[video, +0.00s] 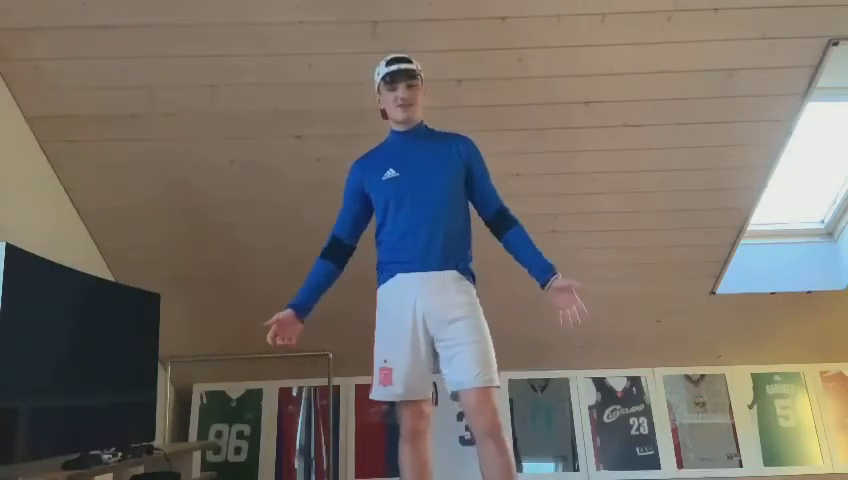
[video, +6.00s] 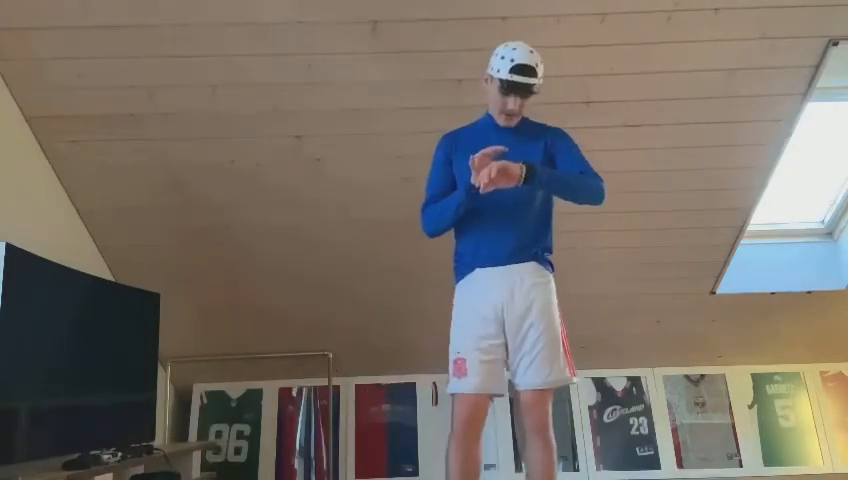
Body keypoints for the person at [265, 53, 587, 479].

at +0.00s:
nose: (403, 94)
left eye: (411, 85)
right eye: (393, 88)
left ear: (424, 93)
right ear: (381, 102)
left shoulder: (459, 148)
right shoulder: (368, 165)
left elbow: (500, 220)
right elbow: (338, 246)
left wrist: (548, 278)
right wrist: (298, 310)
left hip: (455, 292)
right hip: (398, 298)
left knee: (485, 414)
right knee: (414, 418)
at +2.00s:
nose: (411, 97)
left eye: (420, 90)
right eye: (401, 90)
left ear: (430, 100)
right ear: (387, 102)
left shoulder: (460, 152)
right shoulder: (366, 168)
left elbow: (477, 223)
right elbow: (362, 244)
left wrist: (447, 274)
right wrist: (384, 302)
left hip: (453, 294)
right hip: (395, 299)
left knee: (484, 417)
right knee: (412, 420)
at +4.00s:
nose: (413, 95)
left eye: (420, 88)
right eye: (402, 87)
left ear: (428, 97)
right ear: (383, 99)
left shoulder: (456, 151)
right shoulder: (362, 166)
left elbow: (478, 227)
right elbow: (349, 243)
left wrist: (444, 261)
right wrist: (381, 268)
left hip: (448, 295)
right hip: (392, 301)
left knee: (483, 418)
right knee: (410, 422)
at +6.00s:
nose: (514, 103)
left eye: (524, 93)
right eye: (506, 91)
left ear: (534, 90)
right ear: (488, 82)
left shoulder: (551, 140)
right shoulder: (454, 144)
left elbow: (594, 191)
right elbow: (430, 223)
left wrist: (526, 173)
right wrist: (471, 187)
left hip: (533, 288)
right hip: (475, 290)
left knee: (537, 415)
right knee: (469, 413)